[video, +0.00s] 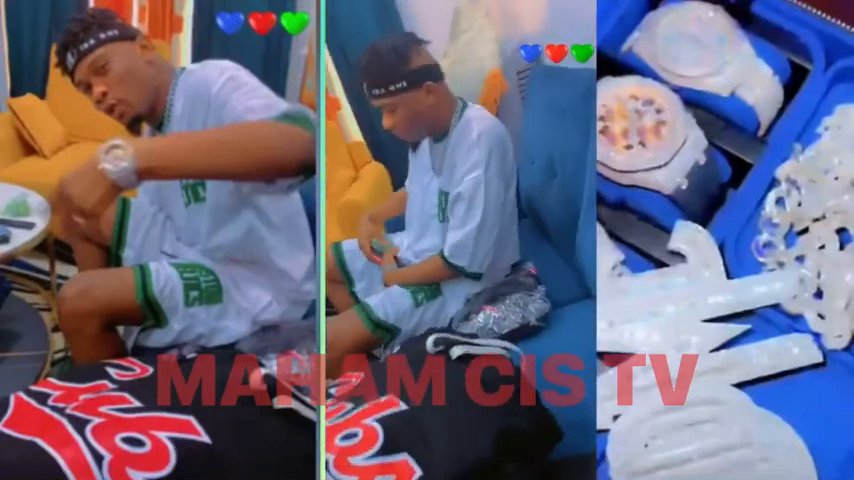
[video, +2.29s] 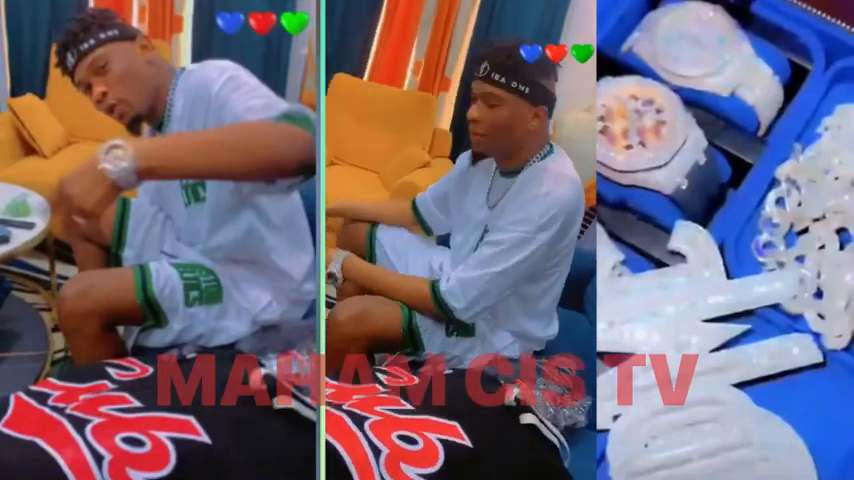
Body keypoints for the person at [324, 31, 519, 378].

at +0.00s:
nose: (385, 124)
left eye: (391, 111)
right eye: (382, 112)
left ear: (429, 94)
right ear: (428, 94)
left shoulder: (481, 140)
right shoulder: (426, 129)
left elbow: (464, 260)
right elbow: (417, 190)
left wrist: (394, 276)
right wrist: (374, 216)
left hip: (462, 277)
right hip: (420, 247)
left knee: (329, 339)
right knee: (329, 263)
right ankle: (374, 347)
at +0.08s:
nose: (382, 123)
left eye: (389, 105)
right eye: (374, 112)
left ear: (427, 88)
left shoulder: (474, 143)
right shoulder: (413, 141)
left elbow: (470, 264)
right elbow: (401, 201)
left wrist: (397, 287)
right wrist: (370, 232)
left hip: (466, 284)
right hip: (418, 259)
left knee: (331, 356)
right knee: (324, 281)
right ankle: (369, 358)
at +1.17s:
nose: (373, 135)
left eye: (377, 122)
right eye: (370, 124)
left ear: (415, 113)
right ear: (415, 114)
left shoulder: (466, 154)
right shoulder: (431, 146)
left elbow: (424, 269)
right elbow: (385, 204)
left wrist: (351, 278)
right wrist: (325, 243)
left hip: (497, 283)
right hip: (465, 257)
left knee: (359, 318)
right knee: (363, 245)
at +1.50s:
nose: (377, 149)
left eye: (381, 139)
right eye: (375, 139)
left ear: (421, 132)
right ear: (423, 131)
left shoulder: (476, 165)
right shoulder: (440, 148)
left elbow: (419, 272)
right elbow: (394, 195)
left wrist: (364, 251)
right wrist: (338, 218)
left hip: (497, 290)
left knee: (358, 304)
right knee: (369, 229)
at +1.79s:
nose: (419, 131)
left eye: (426, 123)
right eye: (420, 120)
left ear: (469, 129)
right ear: (469, 128)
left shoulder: (514, 178)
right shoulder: (472, 145)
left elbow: (424, 265)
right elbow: (407, 186)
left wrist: (368, 227)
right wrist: (336, 193)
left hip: (494, 301)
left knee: (359, 284)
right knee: (376, 211)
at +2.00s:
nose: (460, 117)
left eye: (470, 110)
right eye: (464, 106)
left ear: (513, 126)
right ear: (513, 126)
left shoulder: (547, 187)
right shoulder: (498, 143)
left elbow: (440, 271)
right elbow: (415, 184)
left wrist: (361, 226)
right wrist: (339, 192)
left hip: (505, 307)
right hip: (476, 259)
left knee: (366, 286)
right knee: (380, 210)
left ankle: (359, 393)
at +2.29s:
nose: (472, 114)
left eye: (491, 104)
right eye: (473, 100)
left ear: (537, 117)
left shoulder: (551, 195)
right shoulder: (483, 160)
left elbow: (453, 300)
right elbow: (419, 213)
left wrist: (351, 268)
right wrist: (339, 207)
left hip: (496, 331)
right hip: (458, 275)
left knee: (350, 318)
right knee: (352, 231)